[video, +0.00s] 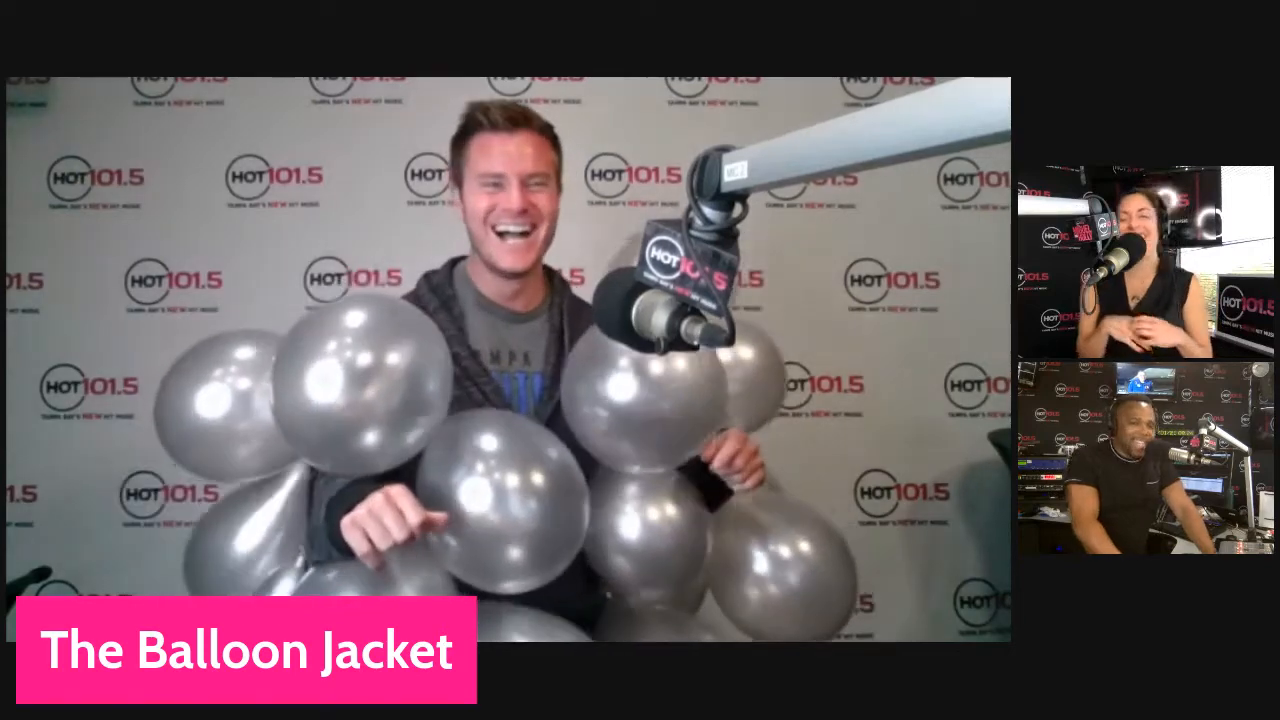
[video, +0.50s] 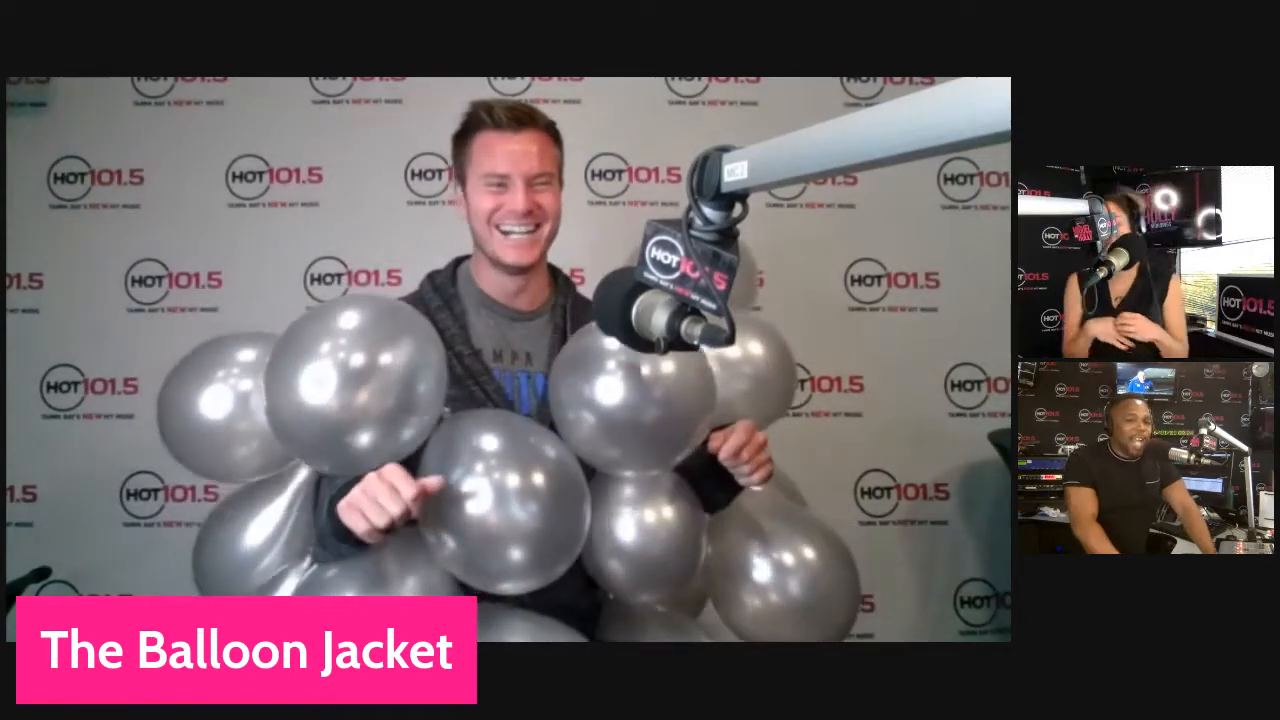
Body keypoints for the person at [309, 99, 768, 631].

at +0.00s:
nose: (516, 205)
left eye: (535, 184)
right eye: (493, 184)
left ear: (558, 198)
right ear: (458, 197)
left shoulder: (603, 335)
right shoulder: (402, 335)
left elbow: (651, 489)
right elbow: (335, 479)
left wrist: (714, 469)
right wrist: (361, 506)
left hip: (574, 612)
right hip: (435, 613)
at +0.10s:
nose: (519, 205)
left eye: (538, 185)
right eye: (495, 185)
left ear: (560, 198)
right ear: (460, 198)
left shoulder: (602, 335)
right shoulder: (402, 334)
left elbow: (651, 489)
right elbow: (336, 470)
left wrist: (714, 465)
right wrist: (355, 500)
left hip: (579, 613)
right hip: (438, 612)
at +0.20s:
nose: (520, 205)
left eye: (539, 184)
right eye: (496, 185)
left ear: (561, 197)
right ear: (461, 198)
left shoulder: (604, 335)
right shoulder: (403, 334)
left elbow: (651, 491)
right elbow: (336, 467)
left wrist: (716, 467)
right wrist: (353, 498)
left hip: (581, 613)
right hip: (438, 612)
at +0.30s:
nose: (522, 206)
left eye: (541, 186)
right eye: (498, 186)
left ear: (562, 197)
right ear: (463, 198)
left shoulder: (605, 335)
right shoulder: (403, 335)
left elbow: (653, 488)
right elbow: (335, 473)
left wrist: (716, 469)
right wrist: (351, 504)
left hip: (579, 616)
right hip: (437, 614)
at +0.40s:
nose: (521, 206)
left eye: (541, 185)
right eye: (498, 185)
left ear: (562, 197)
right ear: (462, 198)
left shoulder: (605, 334)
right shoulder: (404, 334)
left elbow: (653, 492)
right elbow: (337, 472)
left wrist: (718, 466)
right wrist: (351, 504)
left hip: (579, 615)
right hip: (437, 613)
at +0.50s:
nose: (521, 205)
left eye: (539, 184)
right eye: (497, 185)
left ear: (561, 195)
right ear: (461, 196)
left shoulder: (603, 333)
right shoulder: (406, 333)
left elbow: (653, 492)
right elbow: (338, 475)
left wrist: (722, 463)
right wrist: (357, 501)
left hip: (581, 613)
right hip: (440, 610)